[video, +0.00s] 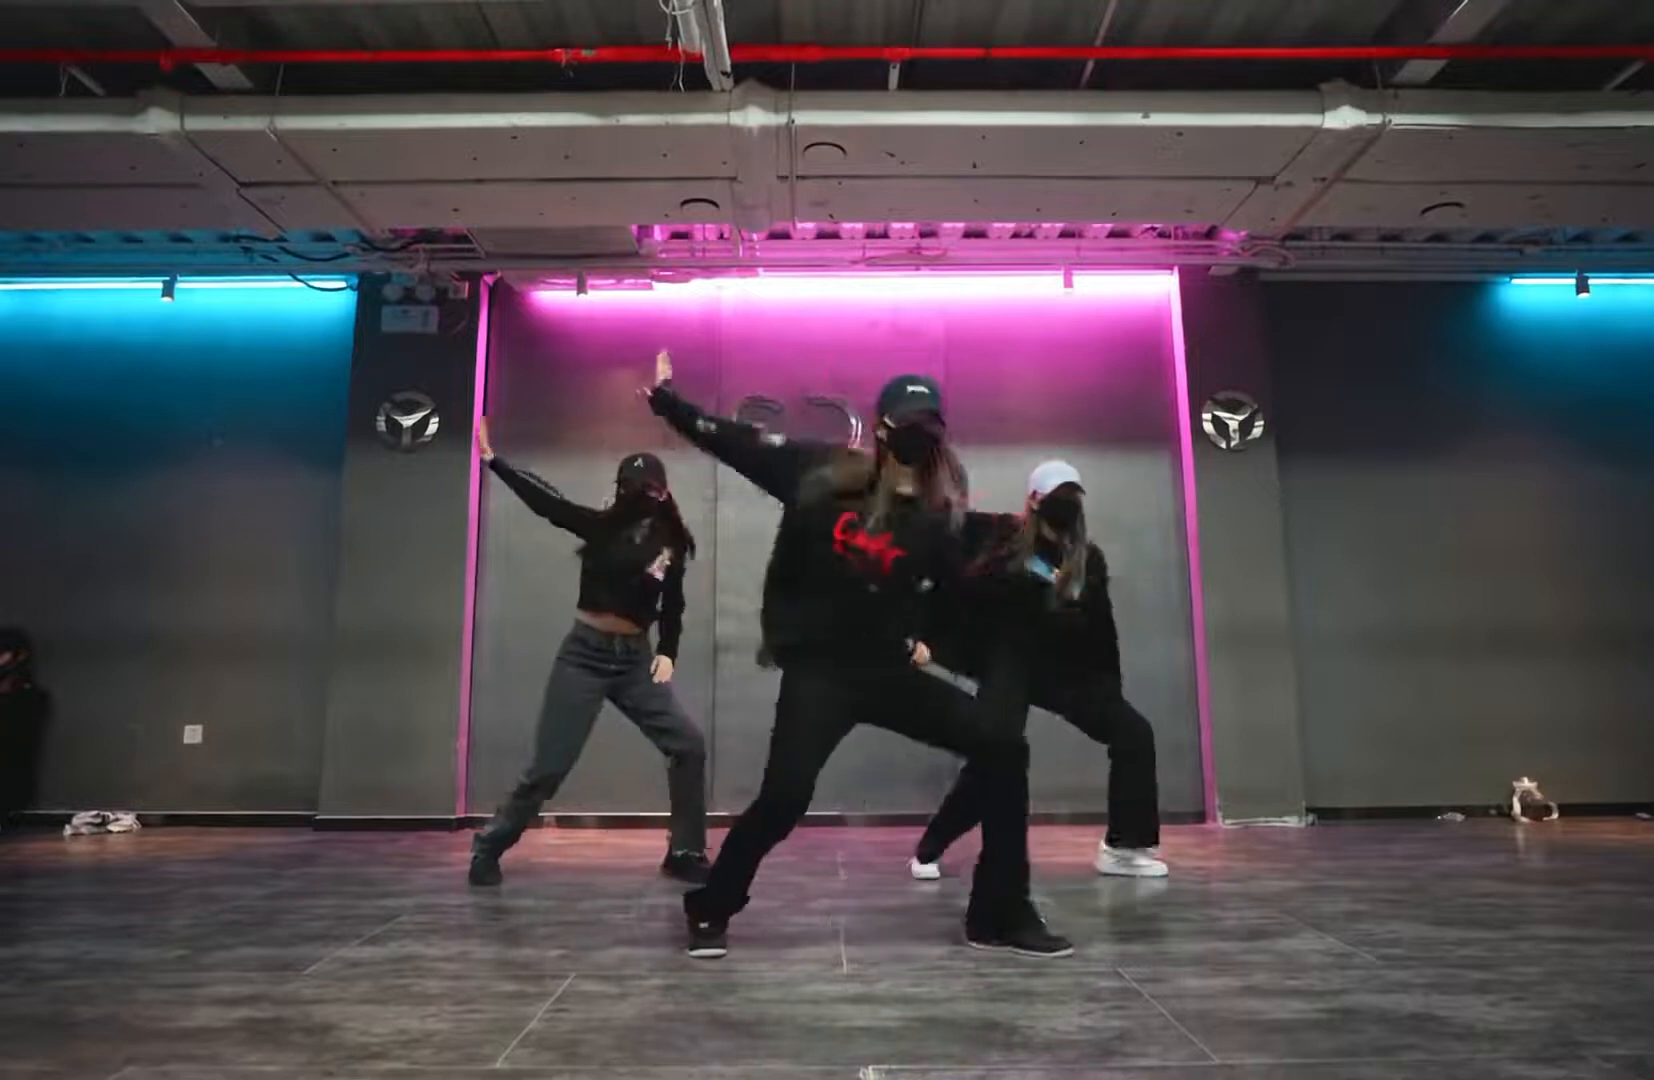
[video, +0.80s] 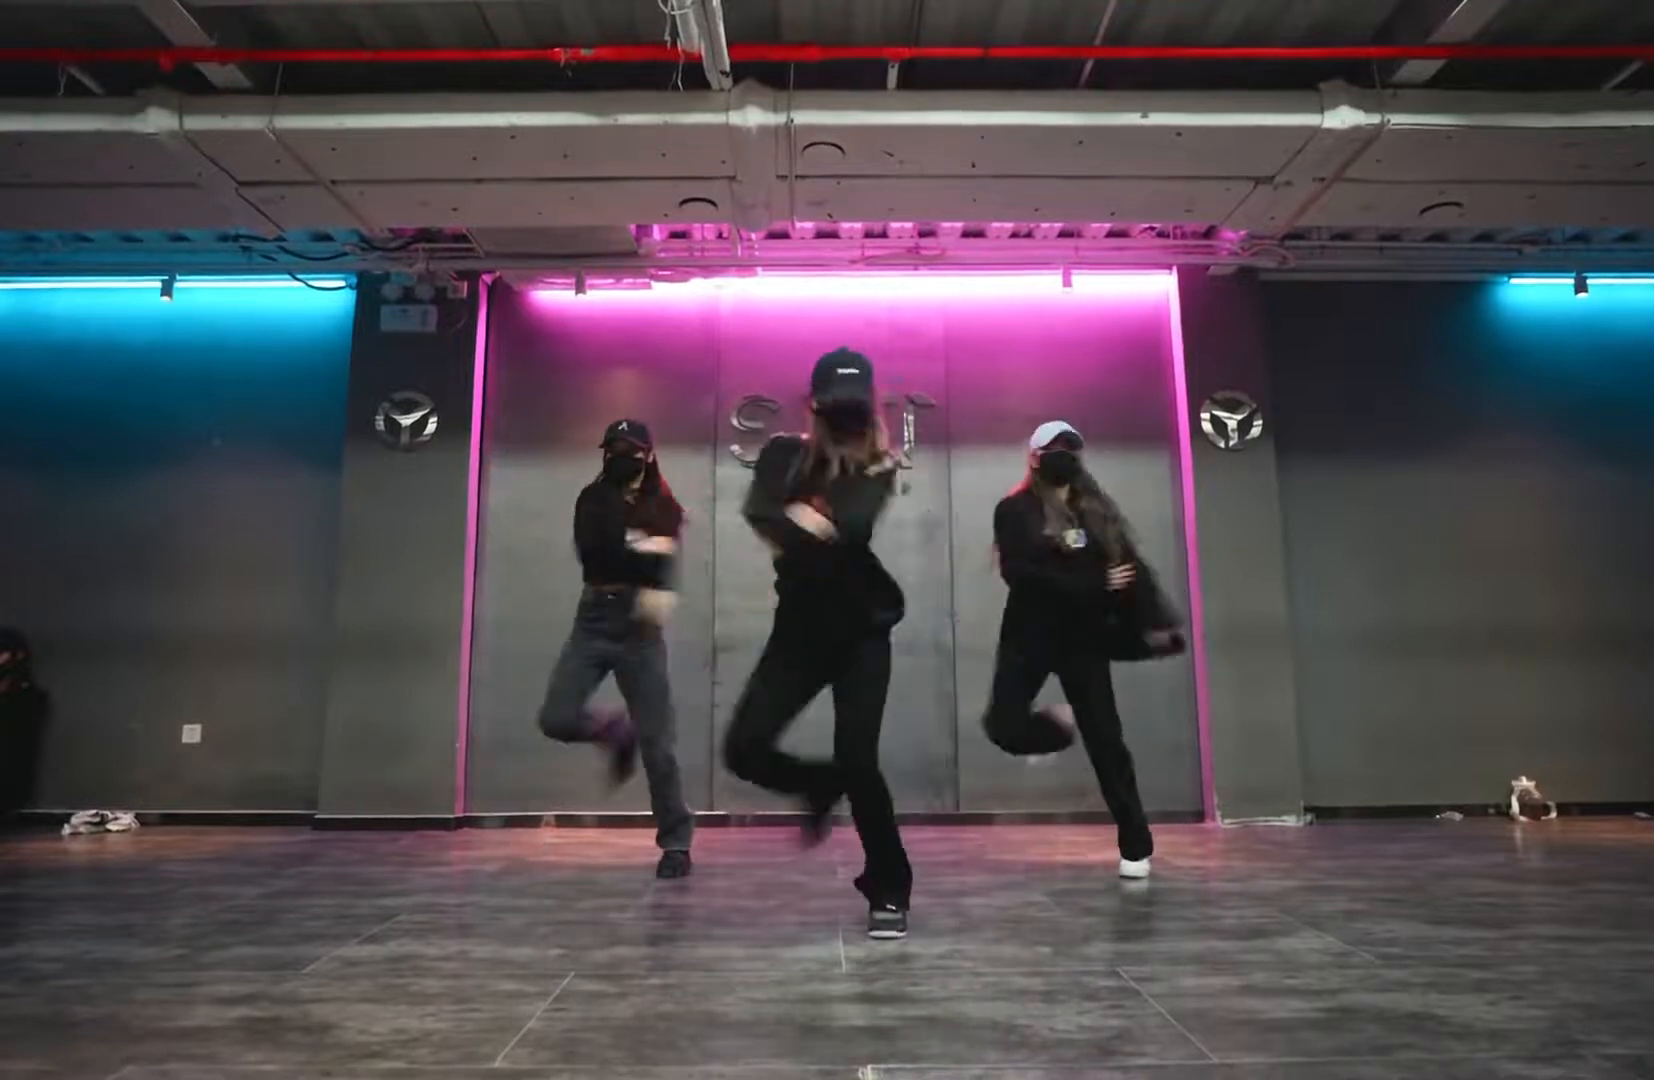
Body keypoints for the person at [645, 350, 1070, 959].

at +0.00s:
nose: (913, 437)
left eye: (925, 426)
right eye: (902, 424)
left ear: (937, 433)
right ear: (877, 426)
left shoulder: (936, 510)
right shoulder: (820, 472)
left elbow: (956, 599)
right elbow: (739, 444)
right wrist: (668, 403)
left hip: (889, 674)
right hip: (817, 673)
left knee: (1004, 747)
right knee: (784, 801)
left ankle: (999, 909)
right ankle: (709, 908)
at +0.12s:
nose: (883, 391)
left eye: (893, 378)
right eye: (873, 378)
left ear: (911, 377)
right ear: (857, 374)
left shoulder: (930, 458)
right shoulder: (811, 430)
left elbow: (969, 538)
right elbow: (734, 434)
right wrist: (687, 408)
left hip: (899, 625)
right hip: (823, 623)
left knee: (972, 748)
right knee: (776, 757)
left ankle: (999, 909)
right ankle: (723, 907)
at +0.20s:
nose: (872, 360)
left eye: (882, 349)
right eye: (860, 349)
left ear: (899, 353)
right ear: (841, 353)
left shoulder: (919, 424)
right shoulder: (810, 415)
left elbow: (947, 474)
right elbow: (749, 452)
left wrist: (910, 507)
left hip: (898, 599)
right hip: (824, 600)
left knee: (938, 737)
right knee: (791, 736)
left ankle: (936, 894)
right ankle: (772, 887)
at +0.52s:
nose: (851, 397)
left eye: (863, 386)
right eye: (842, 385)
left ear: (880, 382)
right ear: (825, 381)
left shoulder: (899, 436)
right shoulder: (798, 438)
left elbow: (897, 516)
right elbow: (793, 526)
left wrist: (865, 570)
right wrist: (849, 537)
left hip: (888, 604)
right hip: (821, 604)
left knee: (879, 747)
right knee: (811, 753)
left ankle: (891, 891)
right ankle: (843, 878)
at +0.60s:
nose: (873, 404)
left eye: (879, 395)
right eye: (862, 393)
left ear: (884, 395)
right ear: (833, 385)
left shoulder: (889, 459)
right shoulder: (798, 448)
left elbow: (939, 521)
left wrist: (957, 569)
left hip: (883, 630)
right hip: (819, 630)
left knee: (873, 761)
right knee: (813, 767)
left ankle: (888, 900)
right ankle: (899, 814)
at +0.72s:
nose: (866, 424)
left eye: (873, 412)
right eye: (856, 411)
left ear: (879, 407)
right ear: (825, 399)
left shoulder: (876, 470)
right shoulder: (788, 453)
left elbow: (908, 537)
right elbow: (801, 532)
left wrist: (905, 599)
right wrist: (891, 558)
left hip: (870, 629)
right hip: (807, 631)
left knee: (874, 759)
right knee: (793, 772)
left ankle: (889, 896)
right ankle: (882, 747)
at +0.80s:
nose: (846, 419)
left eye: (855, 408)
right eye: (836, 408)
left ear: (870, 407)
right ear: (815, 405)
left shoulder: (875, 469)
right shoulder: (784, 453)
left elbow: (850, 527)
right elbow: (758, 513)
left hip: (862, 631)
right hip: (801, 629)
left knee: (857, 765)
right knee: (743, 750)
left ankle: (889, 894)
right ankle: (823, 782)